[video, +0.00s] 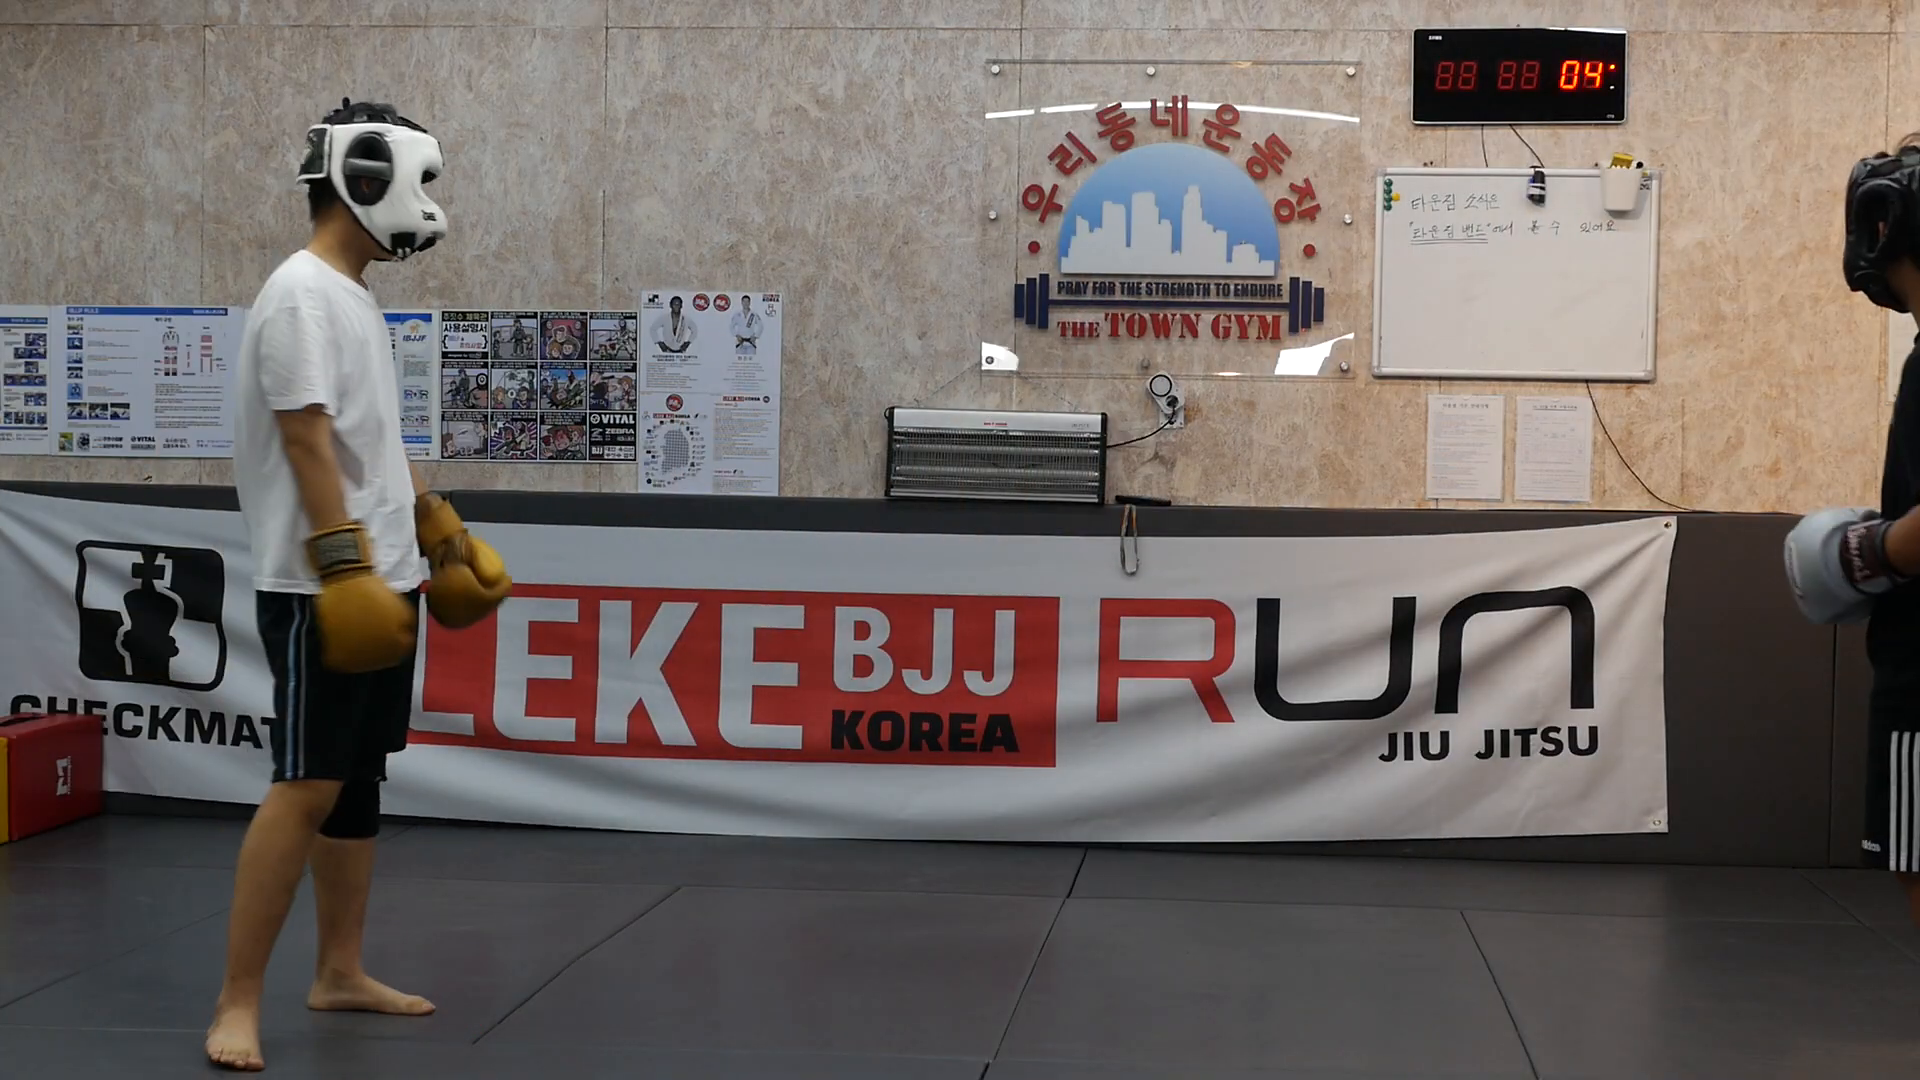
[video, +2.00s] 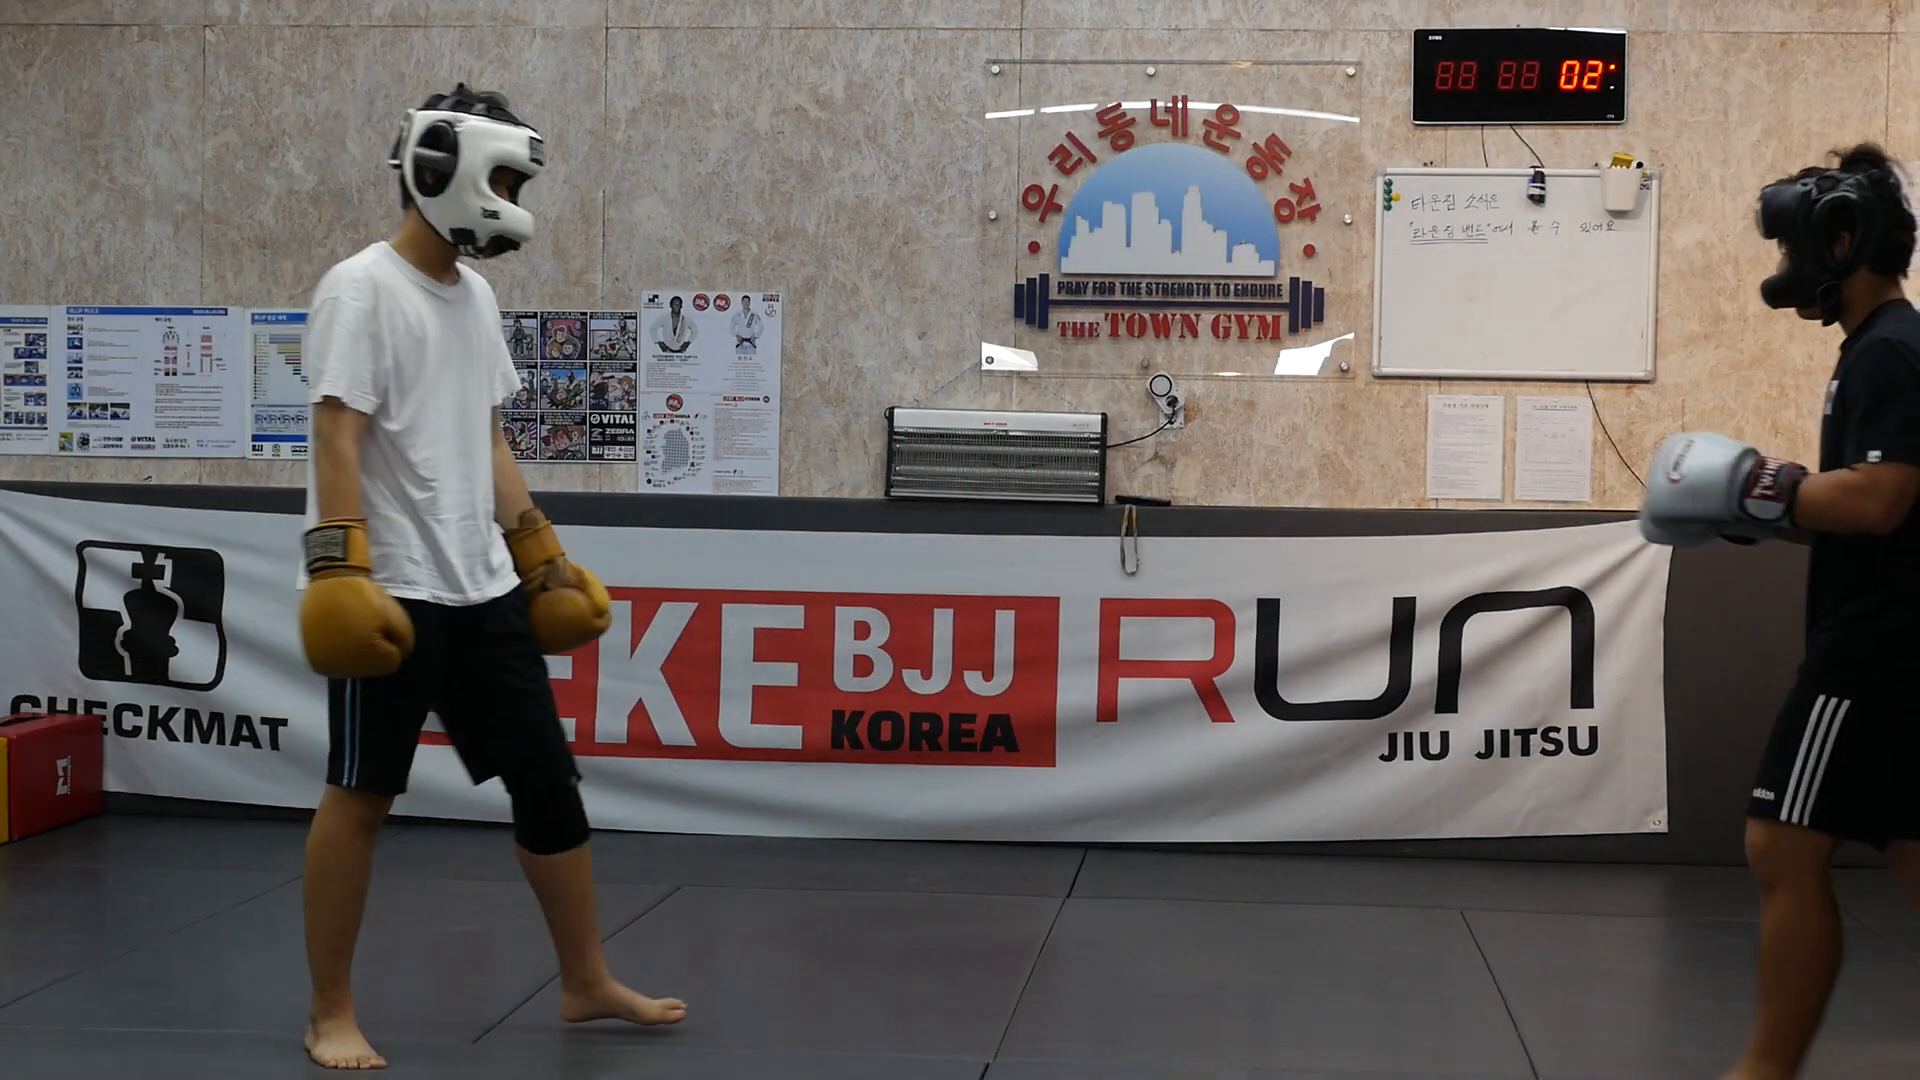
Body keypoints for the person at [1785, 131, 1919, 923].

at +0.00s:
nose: (1861, 256)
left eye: (1863, 232)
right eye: (1862, 234)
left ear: (1885, 232)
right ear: (1898, 233)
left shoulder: (1919, 361)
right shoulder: (1914, 359)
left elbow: (1917, 527)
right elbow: (1915, 516)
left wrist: (1872, 548)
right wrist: (1870, 546)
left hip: (1918, 688)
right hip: (1909, 682)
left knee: (1917, 886)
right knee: (1913, 882)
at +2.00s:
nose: (1792, 268)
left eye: (1801, 248)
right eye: (1793, 249)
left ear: (1842, 249)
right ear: (1866, 249)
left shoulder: (1889, 350)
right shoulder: (1884, 344)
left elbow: (1881, 500)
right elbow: (1870, 497)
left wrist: (1764, 491)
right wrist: (1767, 497)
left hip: (1869, 653)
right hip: (1885, 647)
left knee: (1783, 847)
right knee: (1909, 850)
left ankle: (1769, 1065)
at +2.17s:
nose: (1743, 279)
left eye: (1753, 258)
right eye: (1743, 260)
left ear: (1801, 258)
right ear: (1813, 259)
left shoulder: (1843, 364)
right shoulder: (1847, 358)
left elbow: (1798, 505)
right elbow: (1798, 504)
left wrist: (1679, 473)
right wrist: (1696, 479)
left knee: (1771, 885)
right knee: (1903, 877)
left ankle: (1704, 1067)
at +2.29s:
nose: (1697, 276)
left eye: (1708, 257)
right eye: (1698, 257)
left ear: (1756, 259)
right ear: (1767, 260)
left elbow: (1729, 503)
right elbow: (1740, 498)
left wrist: (1617, 463)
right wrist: (1643, 467)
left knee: (1738, 882)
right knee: (1835, 866)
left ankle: (1696, 1071)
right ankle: (1919, 1048)